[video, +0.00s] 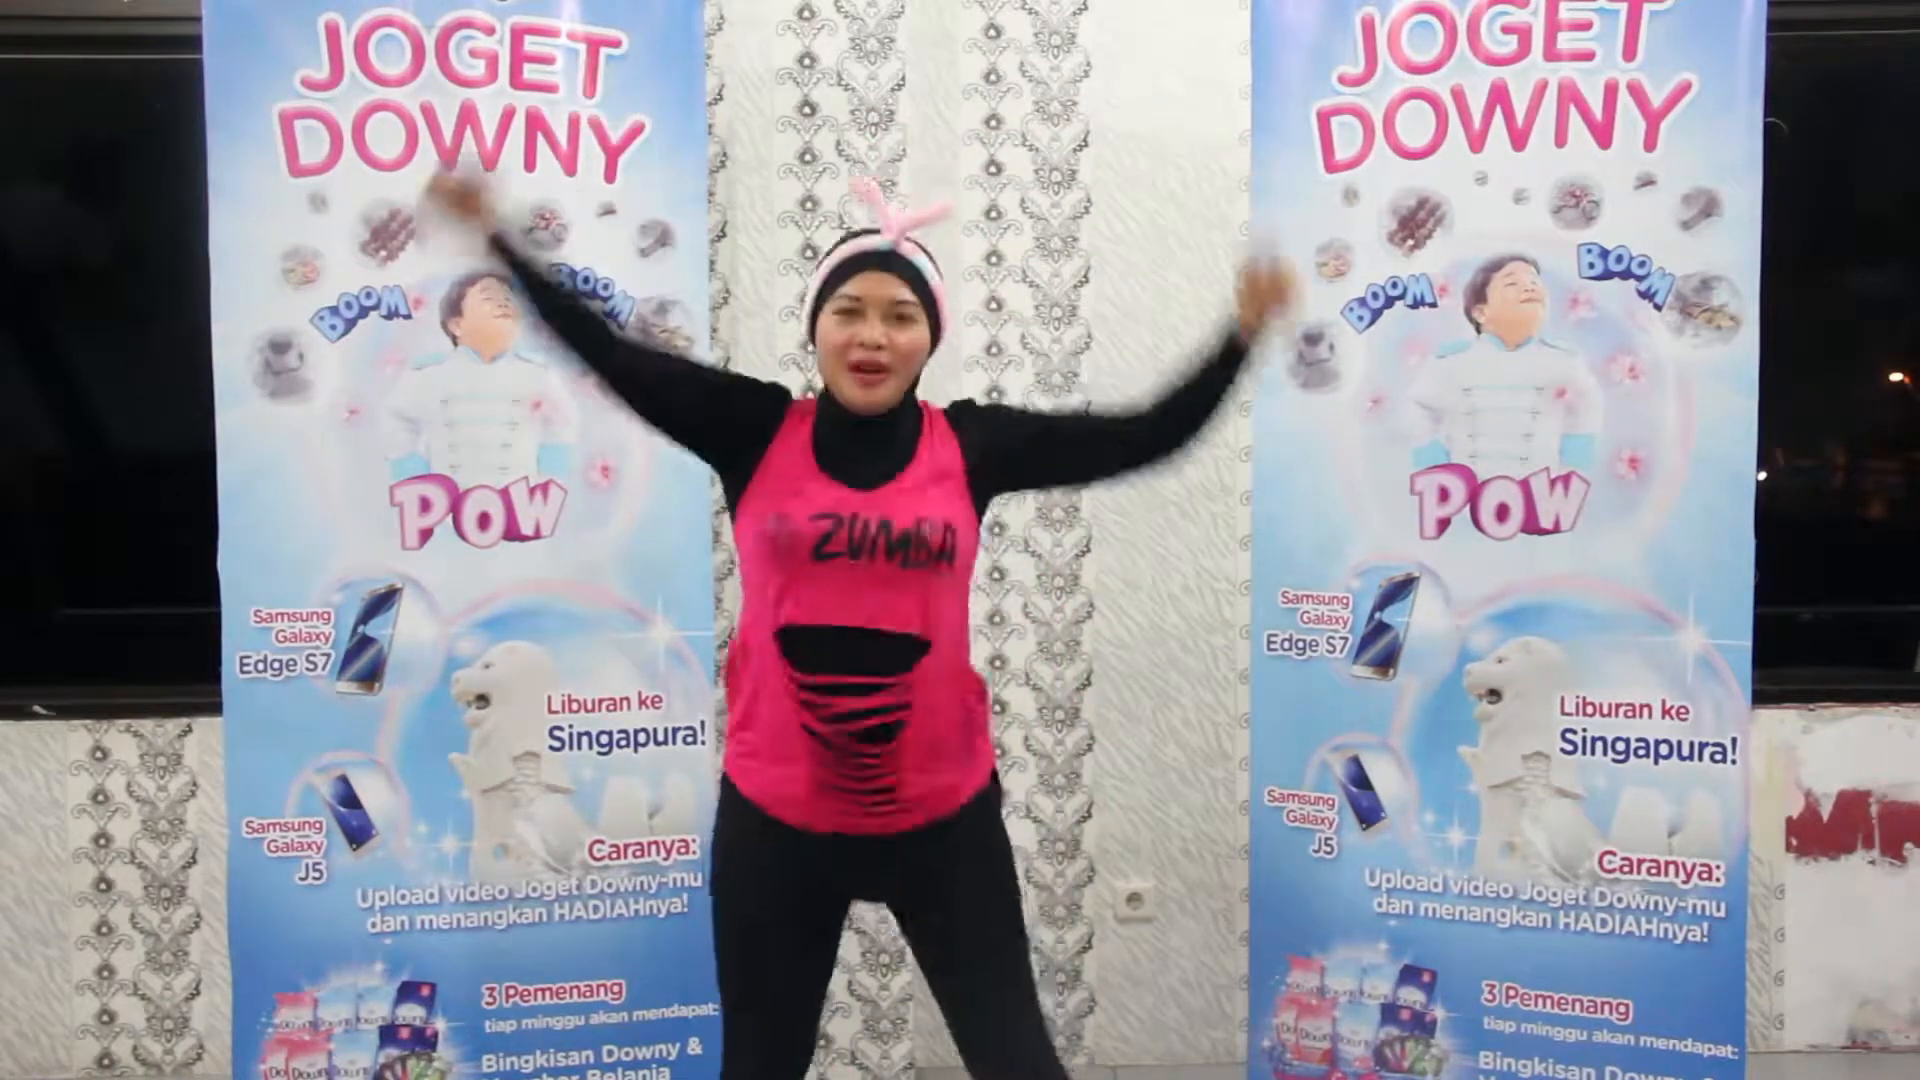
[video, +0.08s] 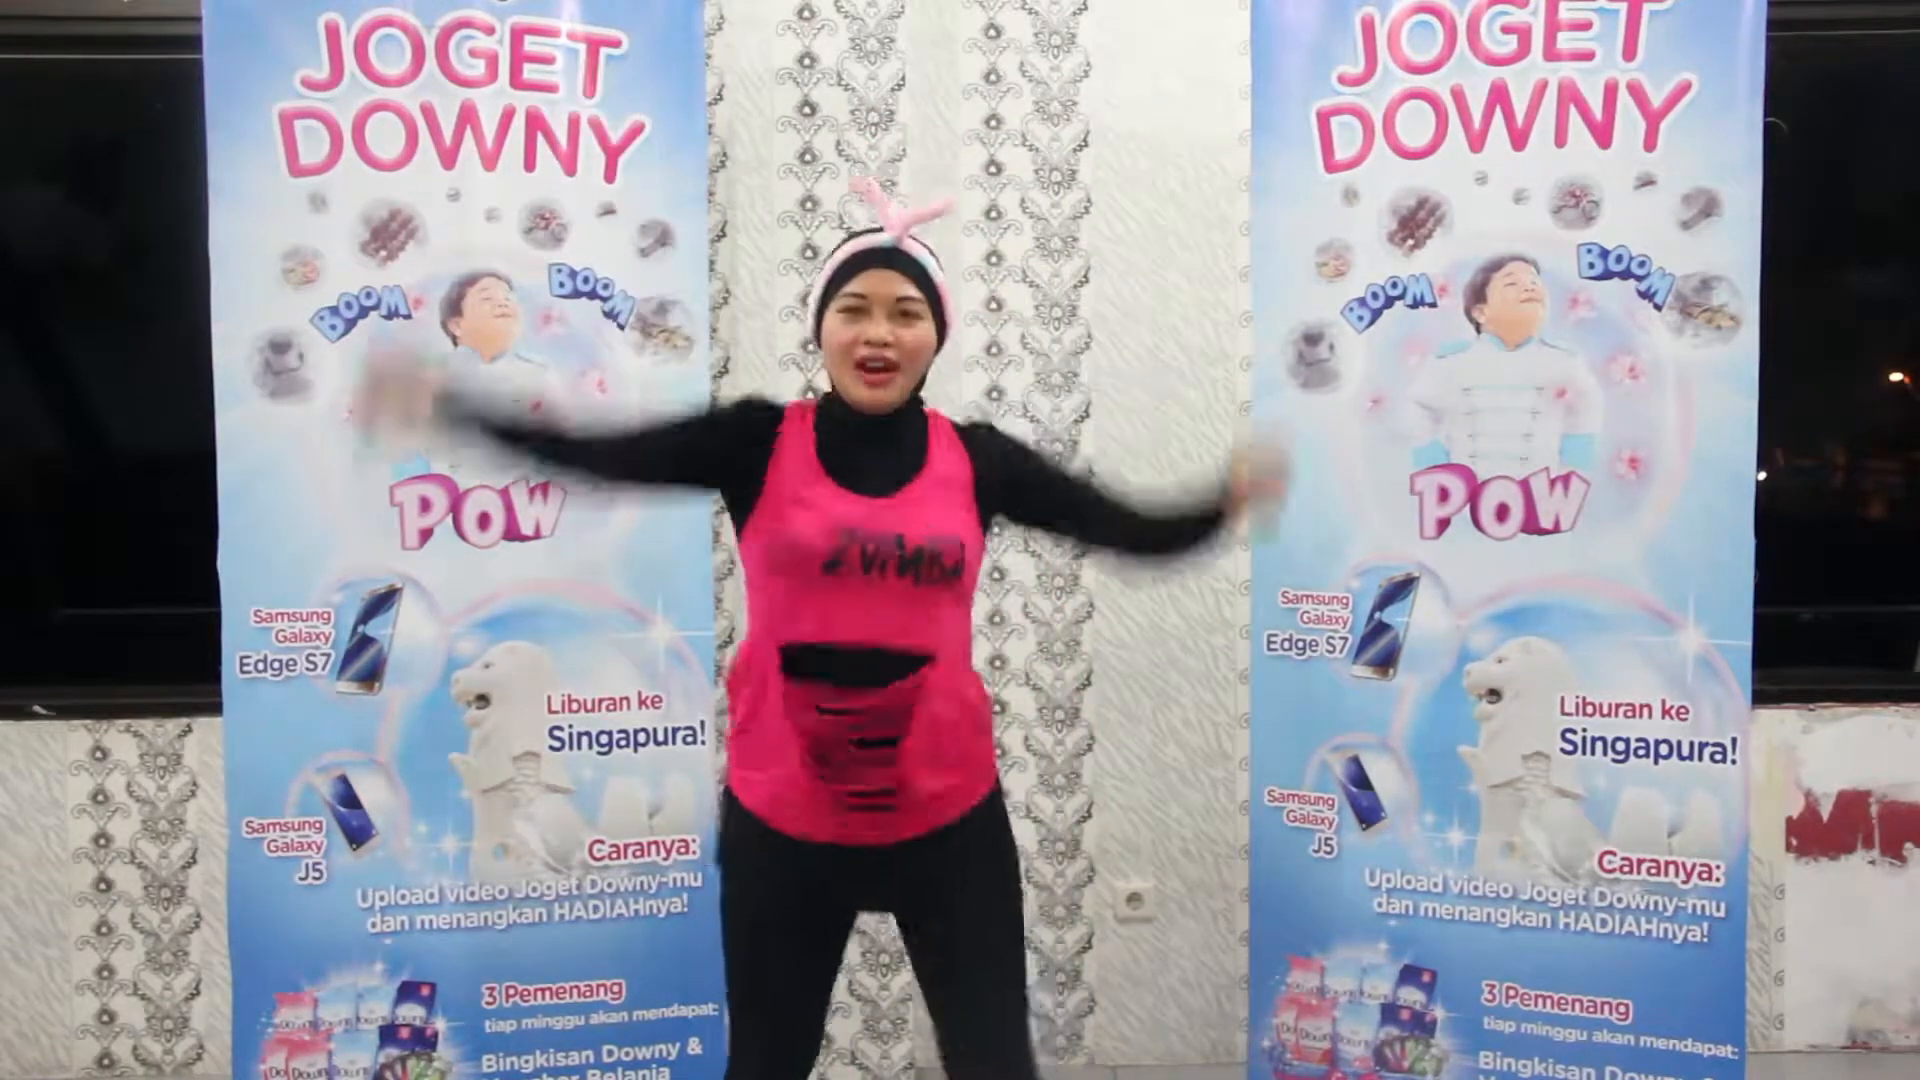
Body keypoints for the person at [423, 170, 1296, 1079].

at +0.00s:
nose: (874, 333)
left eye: (898, 315)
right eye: (850, 312)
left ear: (930, 342)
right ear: (814, 335)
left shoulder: (973, 444)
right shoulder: (752, 427)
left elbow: (1142, 437)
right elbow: (614, 354)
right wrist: (500, 236)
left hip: (944, 824)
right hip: (777, 827)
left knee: (1018, 1062)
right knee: (759, 1067)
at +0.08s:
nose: (879, 331)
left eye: (904, 314)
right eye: (857, 311)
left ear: (936, 343)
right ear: (819, 334)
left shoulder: (980, 462)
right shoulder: (754, 440)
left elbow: (1134, 532)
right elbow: (578, 451)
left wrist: (1225, 501)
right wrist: (446, 406)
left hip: (949, 824)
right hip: (785, 828)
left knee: (995, 1063)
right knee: (767, 1063)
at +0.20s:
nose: (897, 342)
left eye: (922, 322)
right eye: (874, 321)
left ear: (957, 346)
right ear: (841, 343)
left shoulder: (1004, 491)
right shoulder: (783, 485)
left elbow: (1049, 634)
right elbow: (680, 619)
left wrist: (1120, 727)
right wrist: (542, 728)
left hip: (967, 836)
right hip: (806, 834)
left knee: (990, 1068)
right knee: (775, 1066)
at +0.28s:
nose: (914, 342)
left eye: (939, 320)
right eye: (889, 322)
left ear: (976, 342)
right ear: (857, 345)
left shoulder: (1028, 489)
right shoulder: (802, 486)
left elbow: (1048, 644)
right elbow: (751, 653)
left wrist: (1055, 763)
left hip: (987, 837)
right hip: (826, 838)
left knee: (997, 1068)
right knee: (790, 1066)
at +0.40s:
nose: (927, 342)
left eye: (955, 321)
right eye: (900, 320)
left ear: (991, 344)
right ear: (870, 343)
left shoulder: (1047, 477)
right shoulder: (811, 482)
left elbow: (1084, 629)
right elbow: (780, 643)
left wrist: (1090, 731)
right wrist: (765, 783)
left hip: (1010, 835)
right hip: (844, 834)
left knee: (1006, 1067)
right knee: (821, 1063)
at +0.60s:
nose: (922, 362)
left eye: (950, 339)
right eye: (898, 340)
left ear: (990, 358)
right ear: (868, 358)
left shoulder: (1054, 503)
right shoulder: (814, 489)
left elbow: (1121, 664)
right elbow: (734, 659)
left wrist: (1148, 798)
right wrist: (770, 635)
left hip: (1021, 858)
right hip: (856, 855)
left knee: (1009, 1068)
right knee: (836, 1065)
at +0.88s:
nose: (857, 338)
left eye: (887, 316)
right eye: (831, 317)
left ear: (934, 343)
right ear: (804, 344)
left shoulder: (1016, 487)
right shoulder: (763, 505)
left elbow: (1073, 661)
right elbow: (776, 639)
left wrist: (1040, 719)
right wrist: (804, 494)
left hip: (990, 903)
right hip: (816, 903)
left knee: (971, 1064)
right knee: (827, 1064)